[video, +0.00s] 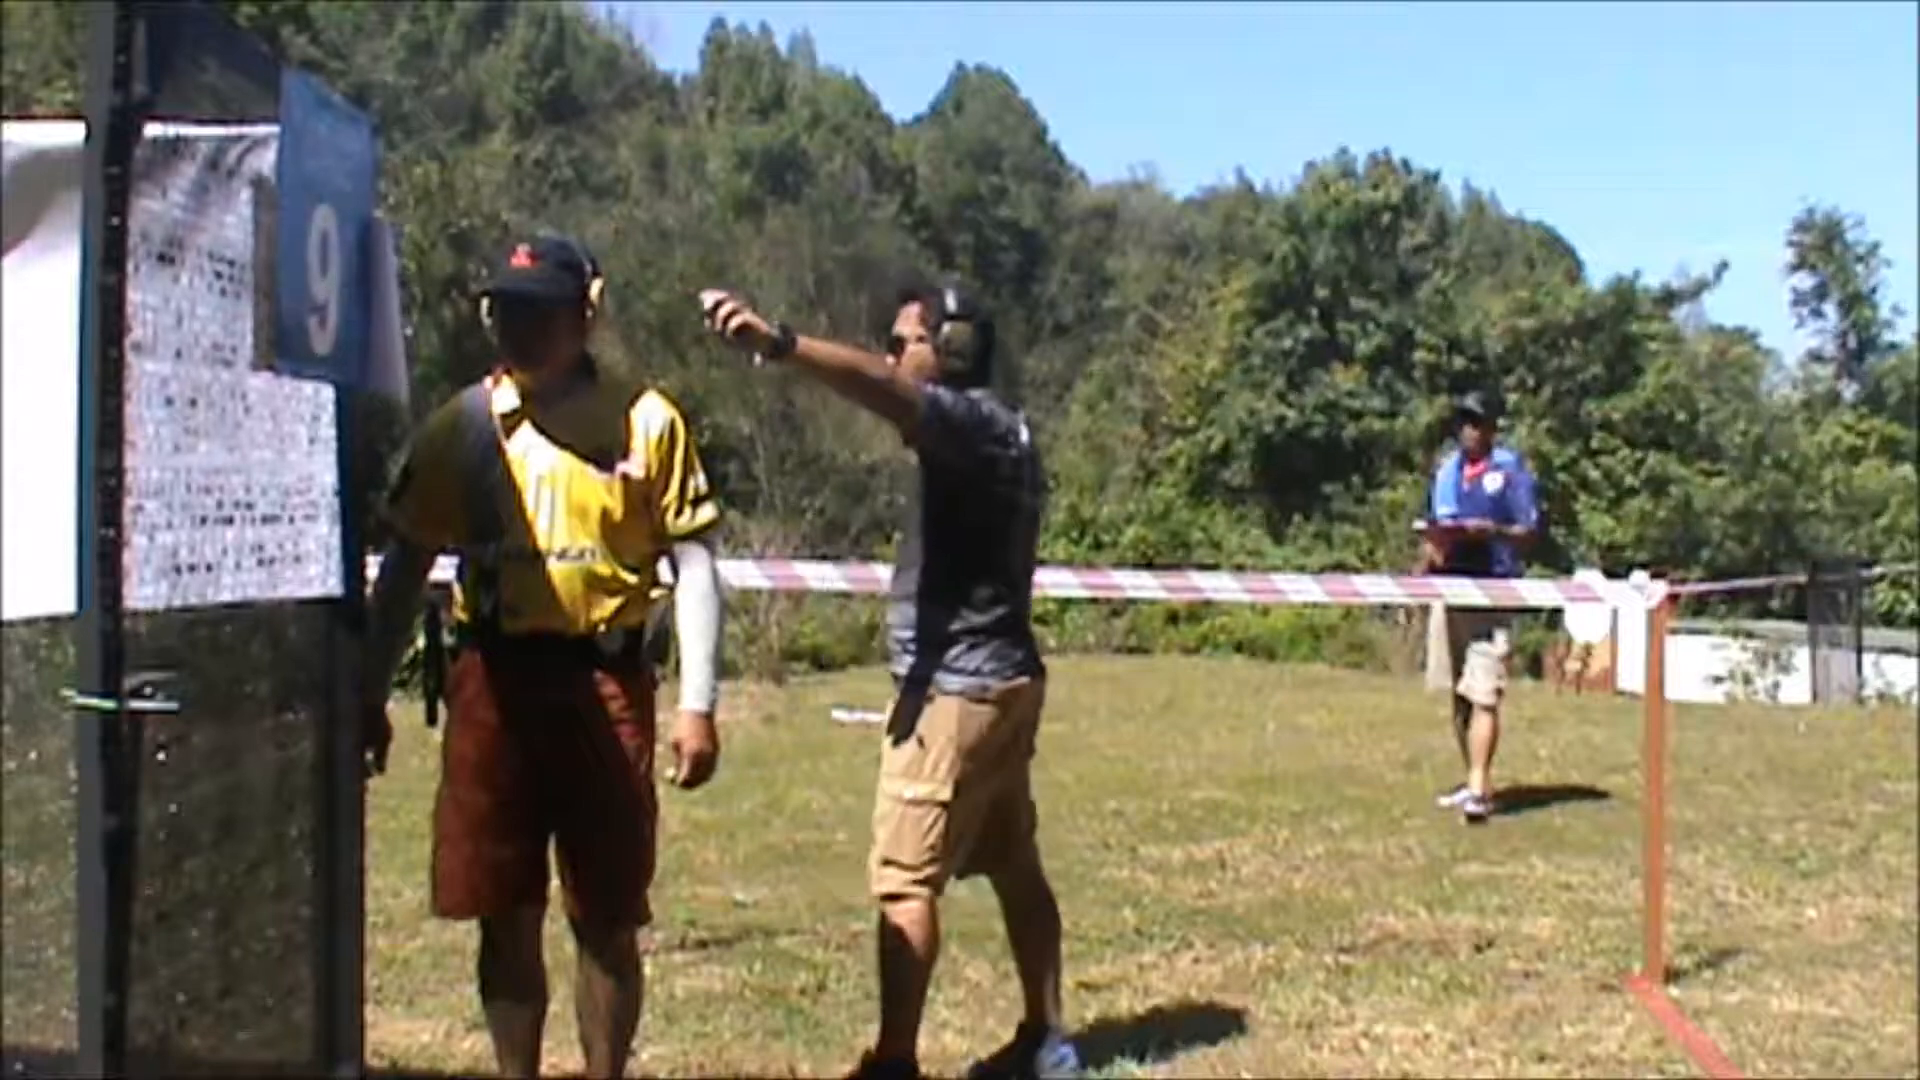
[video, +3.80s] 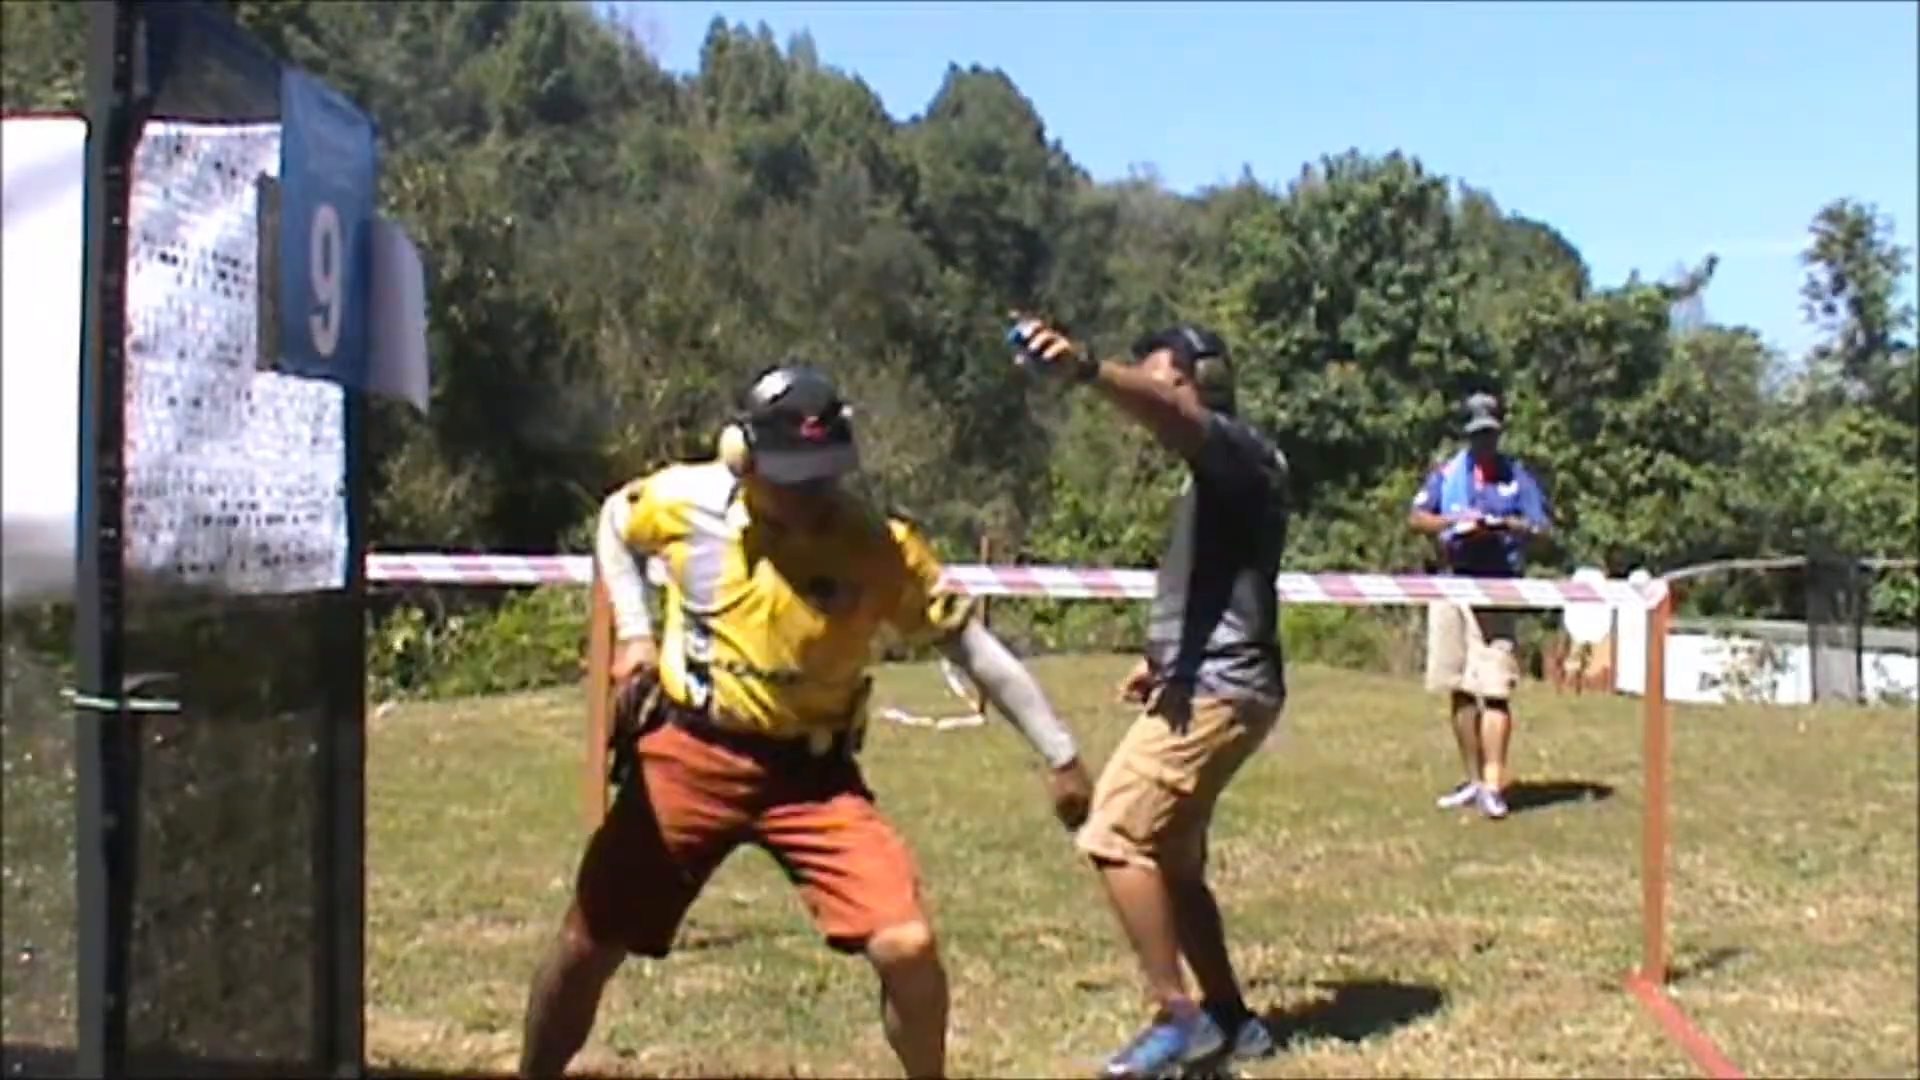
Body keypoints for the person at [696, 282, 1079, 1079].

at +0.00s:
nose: (893, 357)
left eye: (906, 345)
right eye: (896, 343)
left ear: (947, 352)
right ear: (967, 354)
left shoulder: (964, 421)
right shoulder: (1010, 430)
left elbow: (878, 382)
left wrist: (780, 341)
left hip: (959, 678)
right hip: (1006, 674)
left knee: (905, 877)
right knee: (1016, 867)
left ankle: (893, 1054)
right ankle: (1045, 1034)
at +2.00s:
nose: (855, 357)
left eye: (868, 342)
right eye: (856, 341)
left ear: (919, 344)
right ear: (937, 347)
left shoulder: (932, 414)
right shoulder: (1001, 421)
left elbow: (842, 379)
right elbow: (1014, 560)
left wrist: (734, 335)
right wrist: (993, 643)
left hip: (941, 676)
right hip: (996, 670)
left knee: (939, 876)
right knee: (994, 865)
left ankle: (953, 1054)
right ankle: (1038, 1029)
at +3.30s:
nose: (903, 373)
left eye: (913, 357)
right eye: (902, 357)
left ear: (954, 355)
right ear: (985, 355)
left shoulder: (982, 419)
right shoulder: (1048, 425)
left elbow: (893, 388)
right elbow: (1069, 550)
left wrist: (784, 352)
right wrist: (1040, 634)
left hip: (996, 676)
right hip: (1046, 672)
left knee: (935, 864)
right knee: (1031, 845)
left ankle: (950, 1050)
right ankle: (1123, 1004)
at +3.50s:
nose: (982, 396)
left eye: (994, 384)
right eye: (981, 383)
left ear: (1036, 386)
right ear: (1062, 390)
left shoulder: (1056, 445)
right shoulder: (1113, 461)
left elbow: (977, 409)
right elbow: (1084, 586)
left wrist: (882, 365)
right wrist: (1006, 618)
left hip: (1050, 696)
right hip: (1099, 695)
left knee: (948, 868)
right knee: (1071, 856)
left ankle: (952, 1052)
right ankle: (1198, 990)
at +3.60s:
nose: (1051, 414)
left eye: (1062, 397)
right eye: (1047, 399)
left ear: (1101, 392)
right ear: (1121, 397)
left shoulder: (1130, 459)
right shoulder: (1168, 469)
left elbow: (1055, 425)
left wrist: (963, 379)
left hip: (1110, 700)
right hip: (1155, 702)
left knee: (1015, 867)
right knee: (1122, 876)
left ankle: (957, 1041)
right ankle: (1226, 1012)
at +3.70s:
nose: (1096, 410)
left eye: (1105, 397)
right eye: (1093, 398)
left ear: (1143, 395)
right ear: (1151, 398)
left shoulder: (1174, 459)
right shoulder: (1201, 469)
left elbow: (1104, 418)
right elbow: (1180, 607)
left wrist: (1018, 378)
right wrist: (1109, 670)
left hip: (1155, 700)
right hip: (1193, 701)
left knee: (1053, 860)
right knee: (1147, 878)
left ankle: (1008, 1035)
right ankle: (1226, 1014)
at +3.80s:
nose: (1145, 386)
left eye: (1152, 373)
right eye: (1144, 375)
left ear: (1189, 376)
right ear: (1198, 380)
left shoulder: (1239, 451)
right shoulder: (1231, 460)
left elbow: (1168, 409)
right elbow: (1223, 582)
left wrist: (1088, 368)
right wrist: (1165, 659)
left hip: (1218, 685)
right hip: (1216, 683)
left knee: (1114, 838)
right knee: (1173, 856)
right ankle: (1227, 1013)